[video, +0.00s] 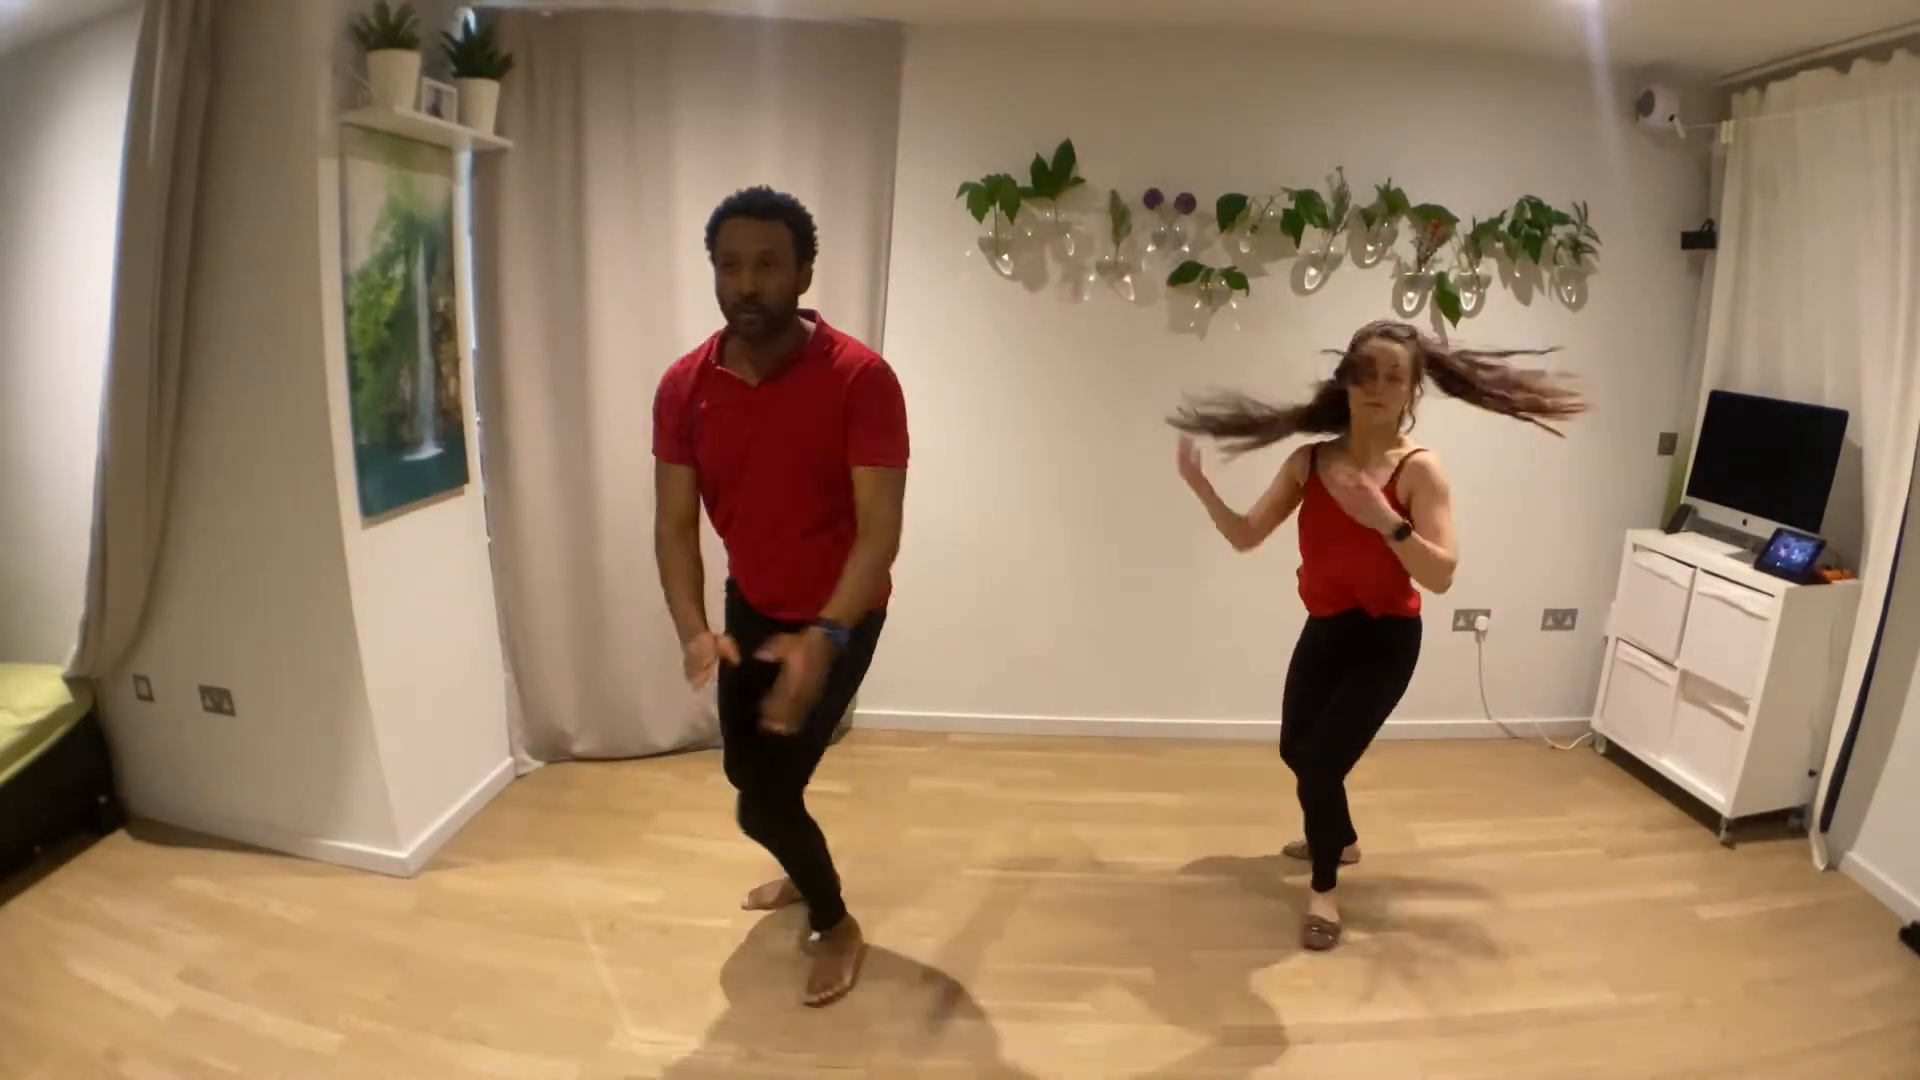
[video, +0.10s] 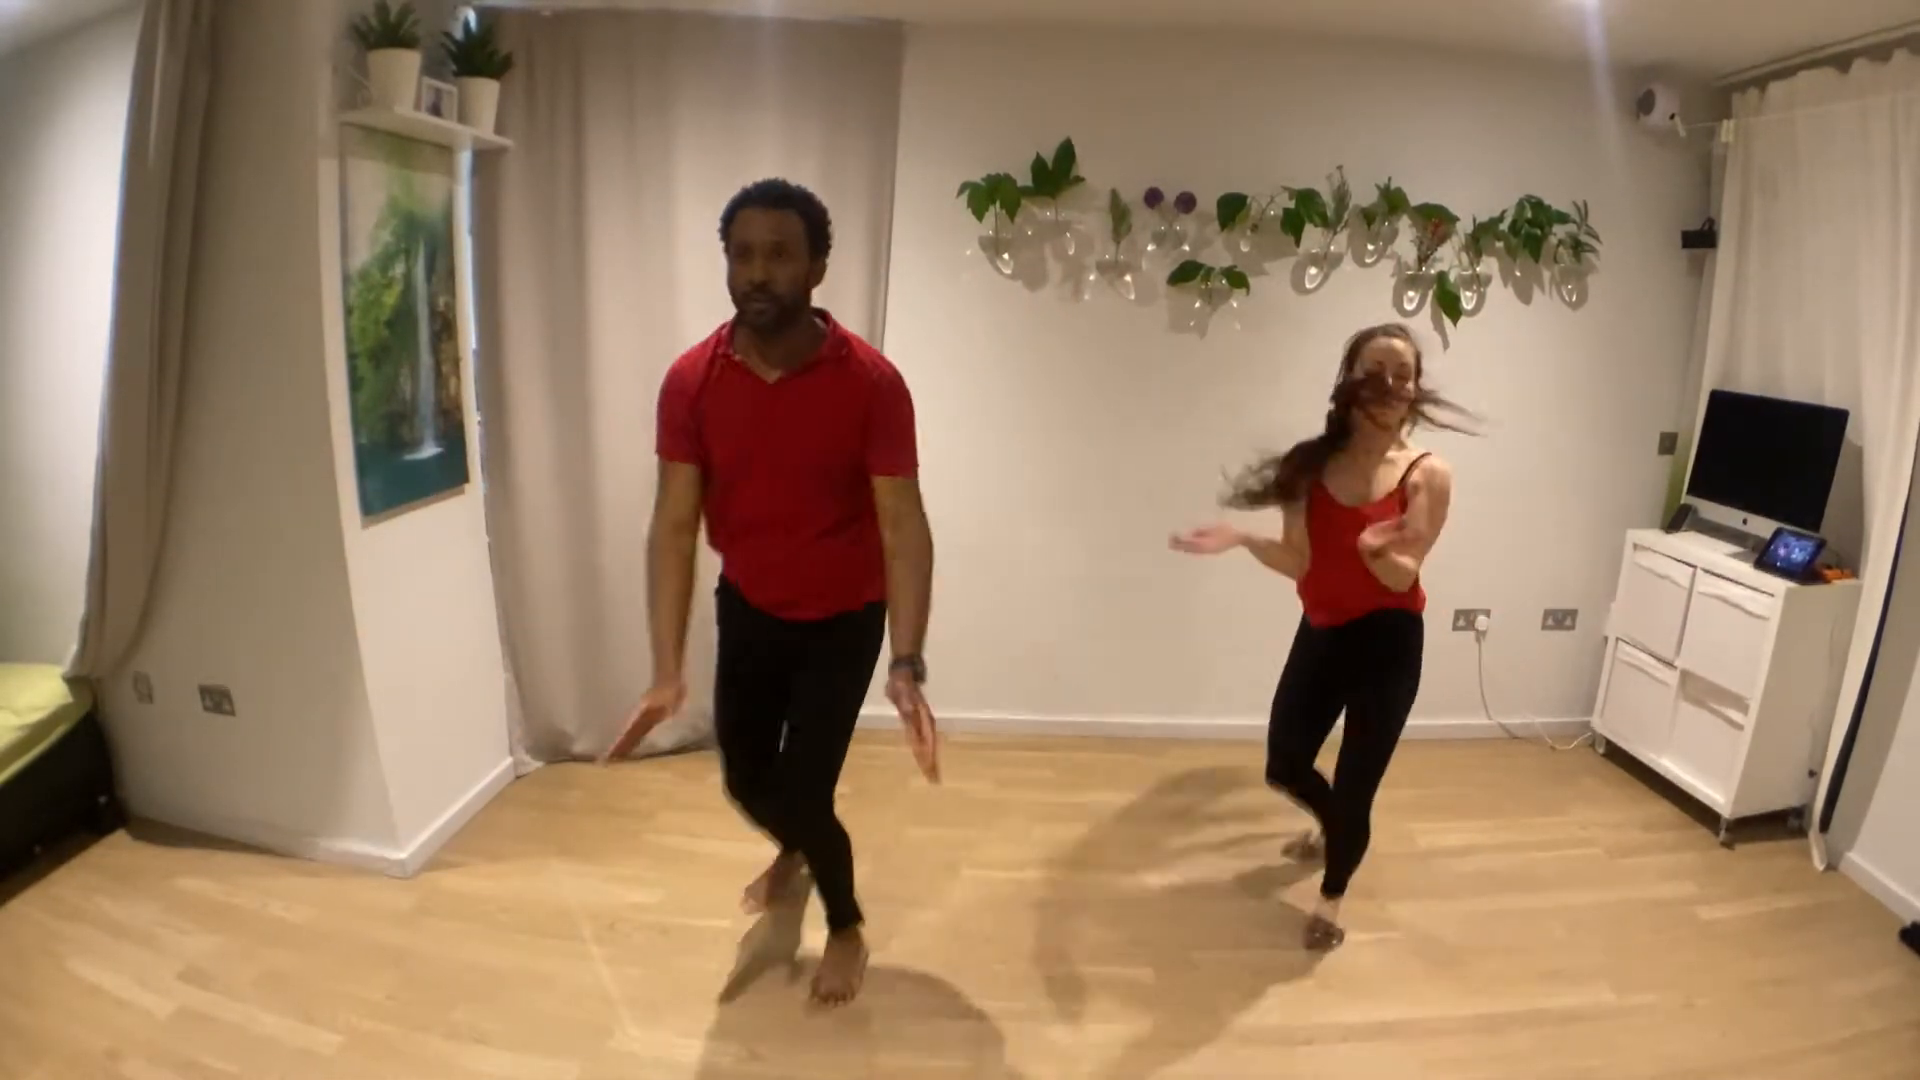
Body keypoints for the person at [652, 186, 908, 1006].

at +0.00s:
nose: (745, 285)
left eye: (768, 266)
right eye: (730, 265)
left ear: (805, 275)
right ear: (712, 273)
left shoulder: (859, 379)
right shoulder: (687, 386)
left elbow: (879, 533)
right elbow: (677, 525)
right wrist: (695, 628)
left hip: (843, 610)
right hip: (754, 601)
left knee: (767, 806)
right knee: (752, 772)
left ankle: (834, 929)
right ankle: (806, 870)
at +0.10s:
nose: (755, 274)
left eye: (777, 255)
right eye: (740, 254)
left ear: (818, 266)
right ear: (724, 264)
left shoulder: (869, 383)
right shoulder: (694, 381)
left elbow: (904, 524)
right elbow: (673, 525)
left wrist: (907, 662)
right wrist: (667, 672)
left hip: (845, 612)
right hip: (748, 602)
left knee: (800, 795)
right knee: (746, 780)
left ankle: (844, 927)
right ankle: (796, 850)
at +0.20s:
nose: (754, 270)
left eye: (778, 252)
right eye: (741, 250)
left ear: (822, 266)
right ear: (726, 260)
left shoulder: (876, 379)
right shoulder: (696, 378)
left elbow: (951, 515)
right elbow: (619, 503)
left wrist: (987, 653)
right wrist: (576, 637)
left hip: (849, 614)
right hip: (750, 606)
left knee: (809, 805)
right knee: (727, 806)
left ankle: (846, 938)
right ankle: (770, 925)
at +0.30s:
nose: (747, 271)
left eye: (771, 253)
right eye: (733, 252)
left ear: (816, 269)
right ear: (718, 263)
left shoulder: (877, 376)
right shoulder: (687, 369)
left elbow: (1009, 468)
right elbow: (557, 434)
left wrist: (1065, 584)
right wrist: (487, 531)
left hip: (852, 625)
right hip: (749, 620)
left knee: (819, 818)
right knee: (729, 831)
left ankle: (849, 940)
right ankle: (715, 1043)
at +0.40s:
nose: (737, 273)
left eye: (761, 255)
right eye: (723, 253)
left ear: (808, 273)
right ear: (708, 266)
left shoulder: (875, 367)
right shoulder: (676, 358)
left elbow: (1021, 396)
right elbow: (543, 351)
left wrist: (1109, 472)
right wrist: (439, 408)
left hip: (853, 637)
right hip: (744, 630)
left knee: (822, 826)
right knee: (720, 847)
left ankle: (849, 939)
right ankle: (689, 1067)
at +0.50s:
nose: (729, 270)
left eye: (753, 253)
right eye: (715, 251)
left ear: (800, 271)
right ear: (696, 262)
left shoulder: (867, 356)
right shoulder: (670, 340)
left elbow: (1009, 350)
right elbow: (557, 303)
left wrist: (1117, 364)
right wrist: (432, 317)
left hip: (845, 645)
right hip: (733, 638)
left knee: (818, 842)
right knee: (705, 862)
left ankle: (843, 939)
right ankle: (693, 1073)